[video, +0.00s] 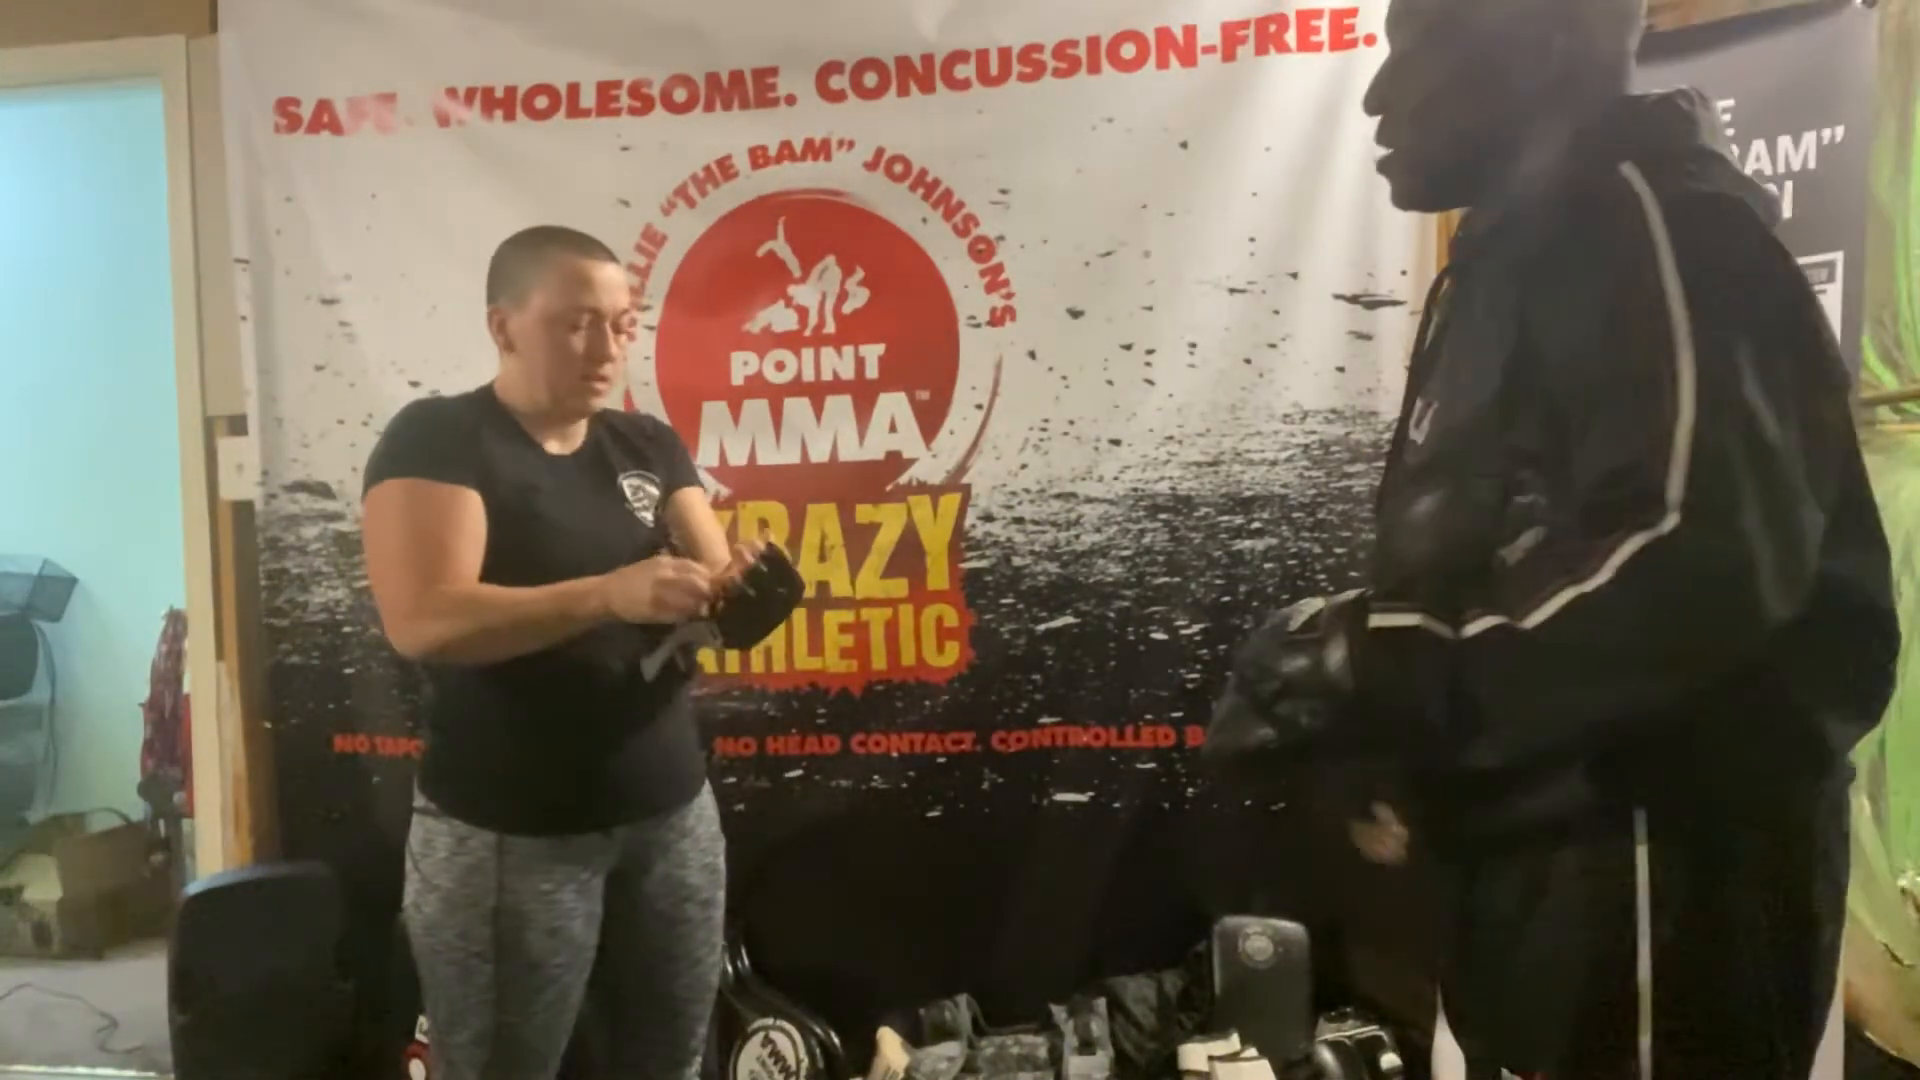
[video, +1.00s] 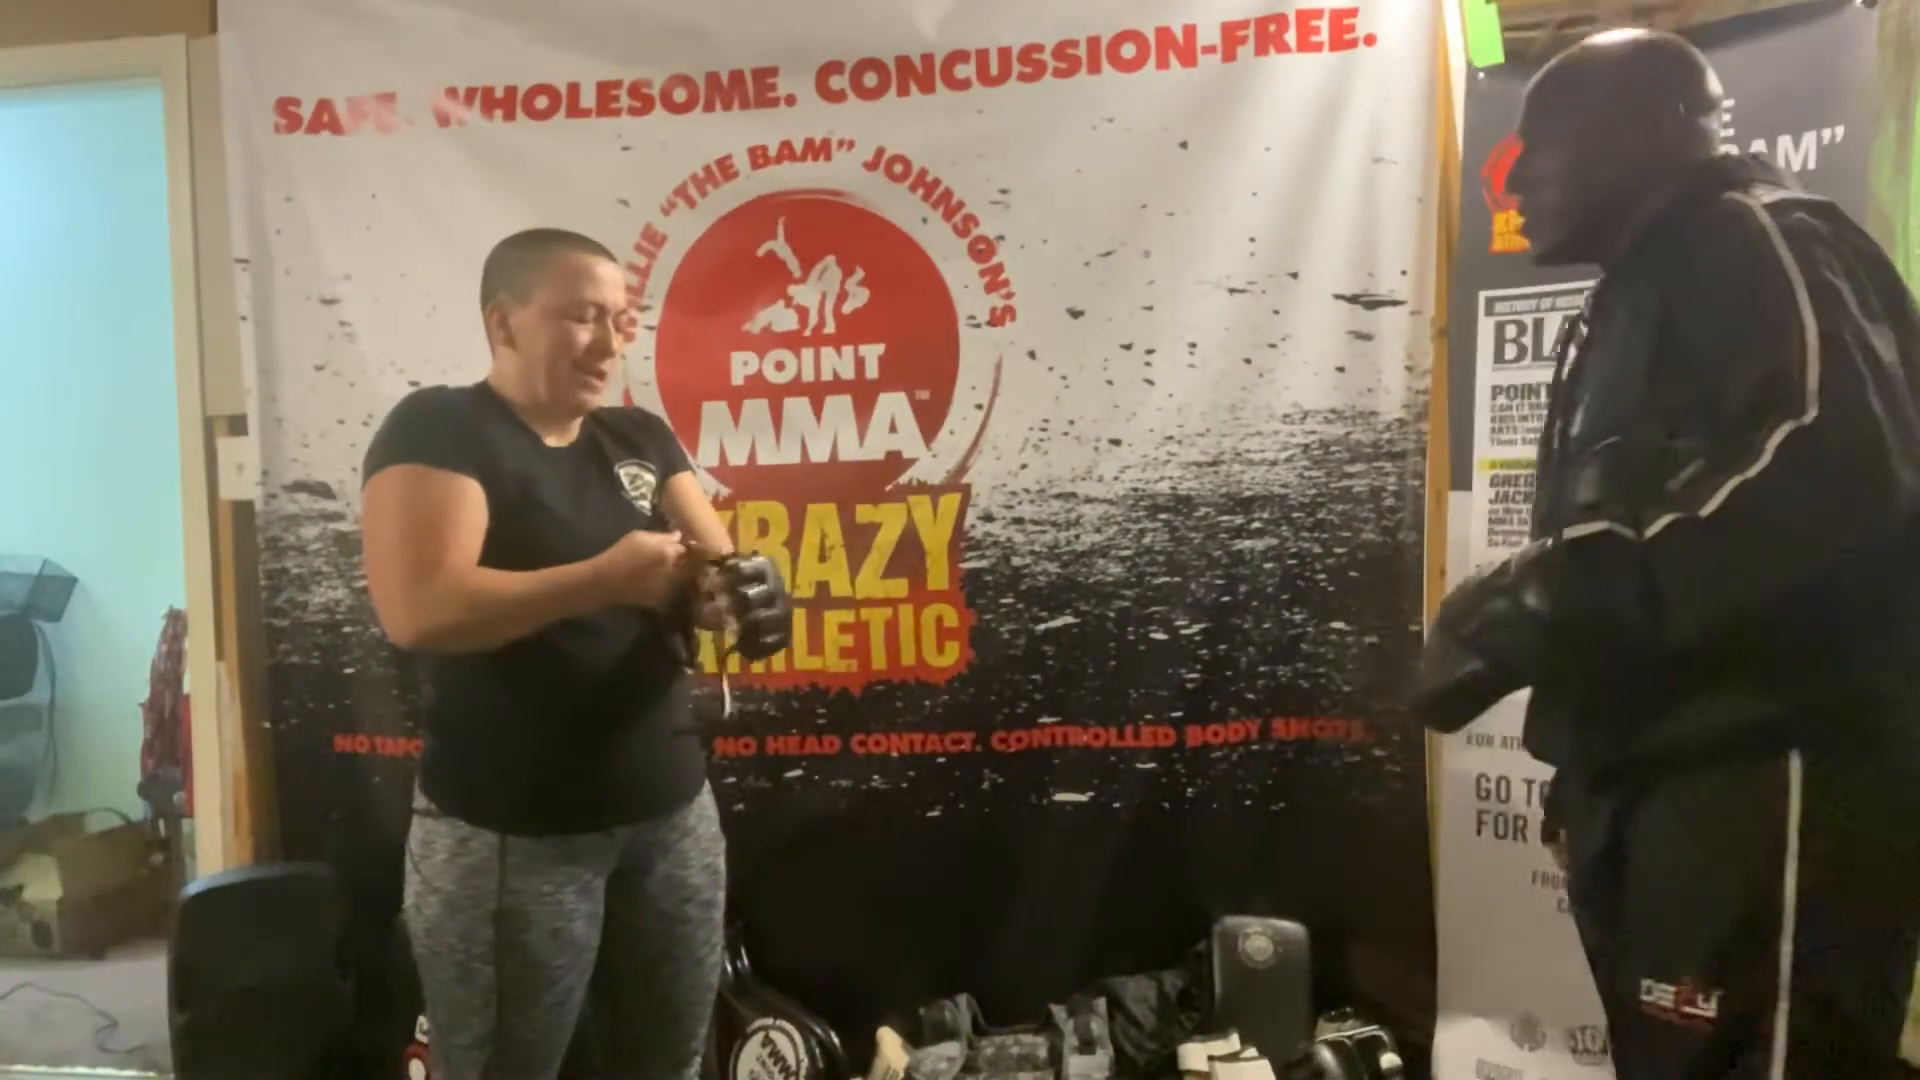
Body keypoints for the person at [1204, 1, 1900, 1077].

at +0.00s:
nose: (1374, 90)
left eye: (1411, 37)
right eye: (1389, 45)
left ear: (1540, 40)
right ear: (1533, 49)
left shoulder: (1638, 203)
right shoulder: (1507, 243)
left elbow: (1713, 552)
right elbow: (1476, 551)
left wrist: (1389, 679)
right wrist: (1336, 636)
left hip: (1662, 885)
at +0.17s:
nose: (1402, 97)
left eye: (1440, 52)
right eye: (1418, 55)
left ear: (1556, 59)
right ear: (1555, 67)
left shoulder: (1672, 212)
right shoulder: (1514, 249)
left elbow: (1739, 555)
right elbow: (1475, 556)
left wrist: (1409, 670)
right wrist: (1331, 644)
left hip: (1668, 863)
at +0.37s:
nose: (1436, 105)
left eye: (1476, 66)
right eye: (1452, 69)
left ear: (1587, 70)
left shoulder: (1704, 224)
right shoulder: (1527, 260)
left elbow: (1768, 544)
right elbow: (1485, 551)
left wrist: (1440, 656)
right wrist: (1358, 730)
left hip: (1684, 869)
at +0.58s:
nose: (1476, 129)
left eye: (1511, 94)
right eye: (1485, 94)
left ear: (1616, 102)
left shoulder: (1725, 237)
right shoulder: (1572, 279)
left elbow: (1790, 522)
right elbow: (1531, 545)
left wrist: (1474, 615)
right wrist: (1439, 740)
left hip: (1703, 816)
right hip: (1583, 808)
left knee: (1691, 1063)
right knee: (1590, 1062)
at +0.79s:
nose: (1489, 174)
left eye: (1519, 142)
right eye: (1494, 146)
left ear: (1618, 134)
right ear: (1602, 146)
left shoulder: (1736, 238)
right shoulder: (1613, 291)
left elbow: (1829, 492)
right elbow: (1595, 547)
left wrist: (1532, 619)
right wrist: (1548, 767)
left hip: (1759, 800)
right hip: (1663, 799)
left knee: (1737, 1056)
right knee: (1647, 1051)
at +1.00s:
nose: (1511, 169)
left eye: (1539, 139)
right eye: (1518, 142)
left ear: (1637, 136)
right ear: (1621, 148)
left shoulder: (1755, 233)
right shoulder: (1624, 303)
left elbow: (1838, 464)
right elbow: (1610, 529)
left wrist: (1547, 602)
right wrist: (1582, 769)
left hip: (1777, 787)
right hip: (1672, 789)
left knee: (1769, 1057)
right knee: (1679, 1055)